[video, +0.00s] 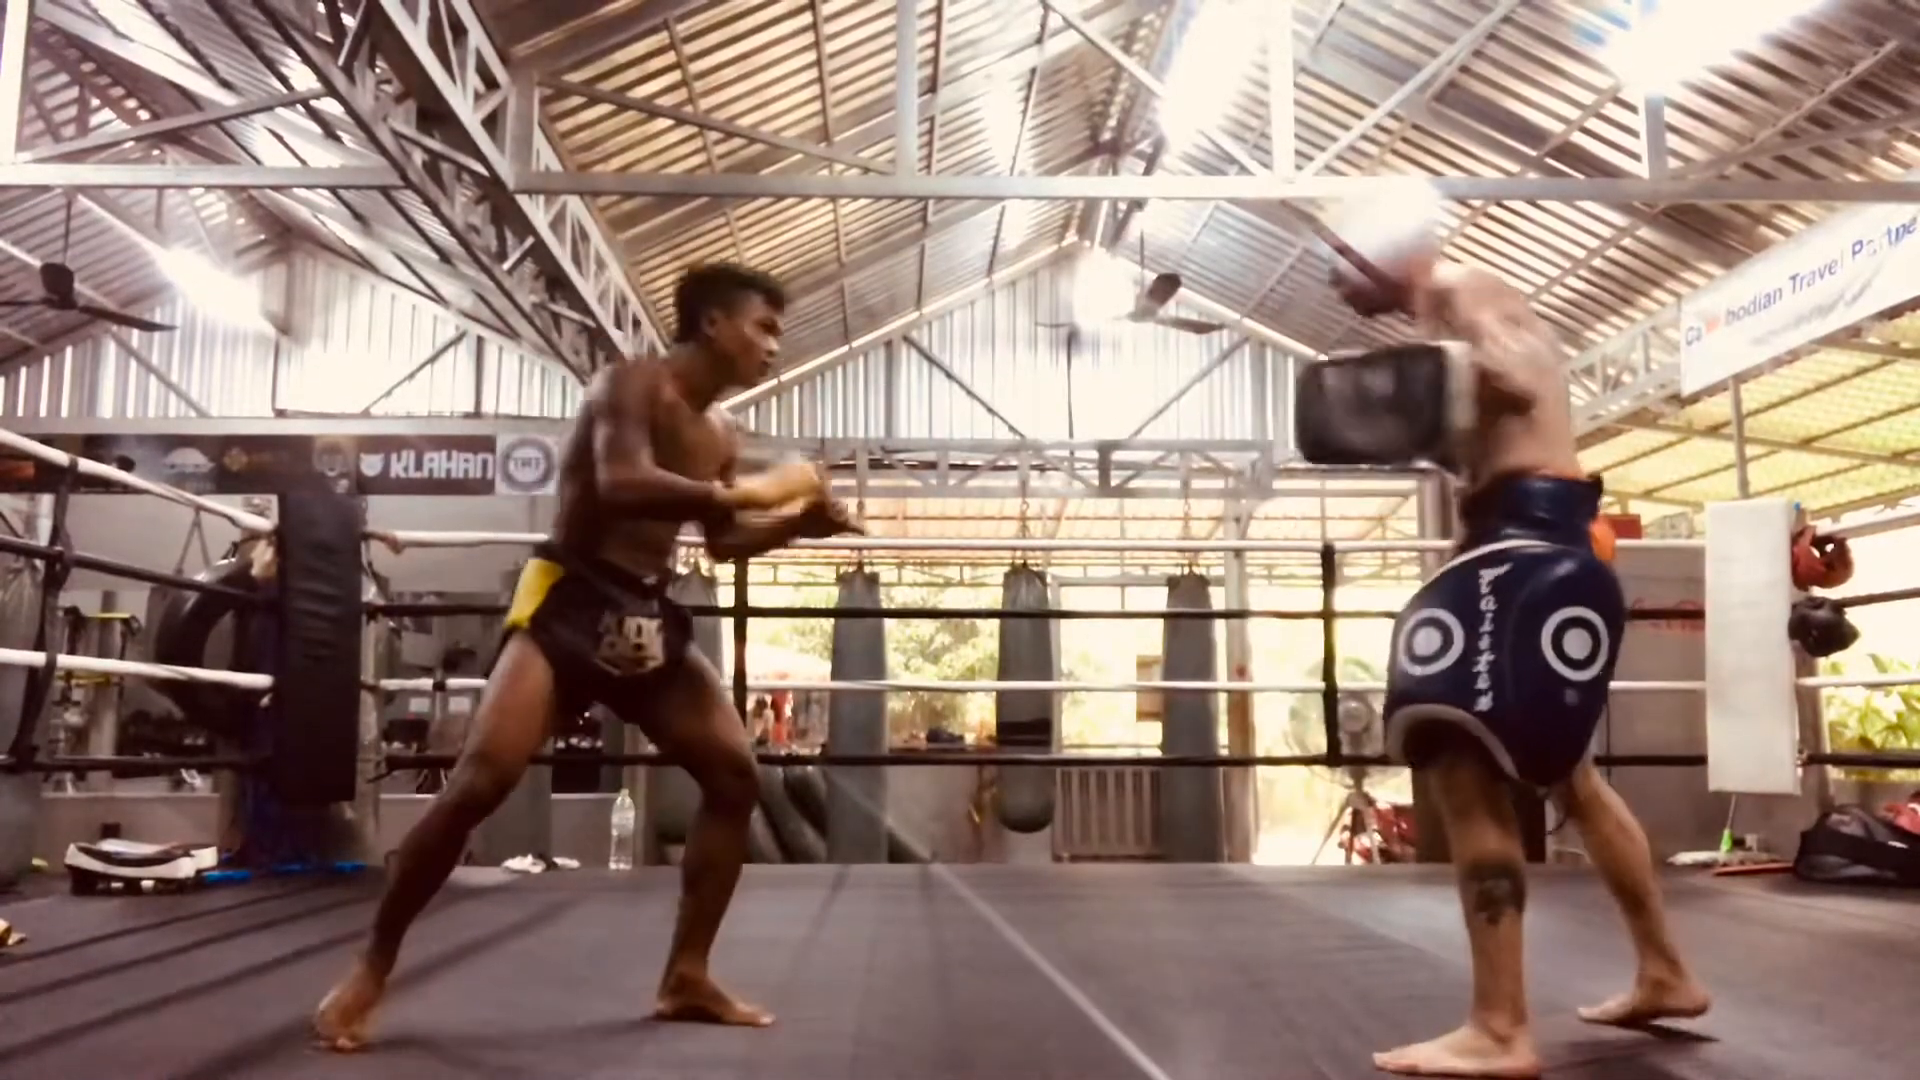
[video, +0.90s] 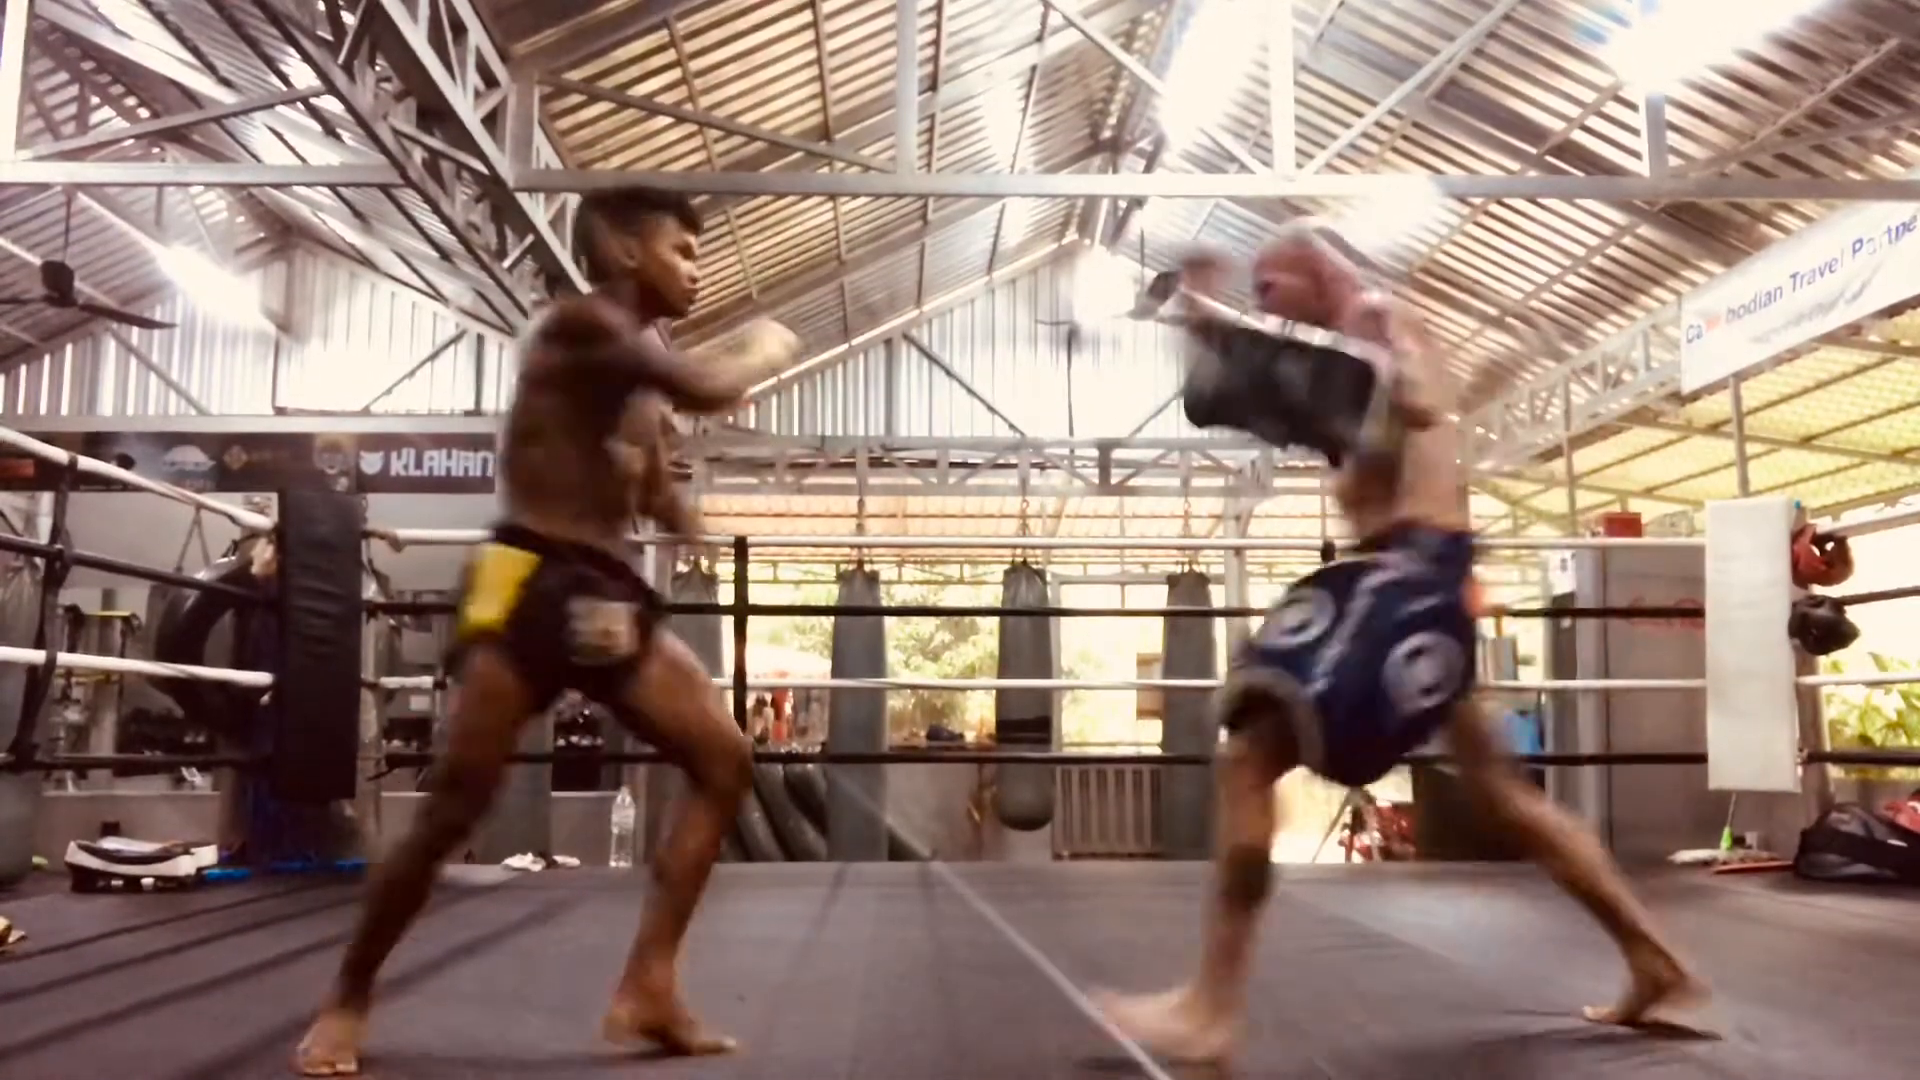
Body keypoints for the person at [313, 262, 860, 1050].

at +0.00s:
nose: (773, 347)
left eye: (776, 334)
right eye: (763, 328)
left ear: (730, 334)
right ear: (711, 322)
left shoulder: (721, 438)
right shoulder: (633, 381)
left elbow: (726, 539)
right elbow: (618, 482)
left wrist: (799, 520)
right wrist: (730, 495)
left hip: (648, 617)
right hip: (568, 597)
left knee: (735, 778)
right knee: (482, 780)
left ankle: (688, 975)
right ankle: (373, 969)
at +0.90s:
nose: (695, 266)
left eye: (695, 251)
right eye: (681, 246)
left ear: (634, 255)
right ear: (619, 247)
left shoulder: (637, 353)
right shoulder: (581, 319)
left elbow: (654, 489)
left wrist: (677, 508)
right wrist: (758, 352)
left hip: (605, 589)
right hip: (527, 579)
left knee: (725, 761)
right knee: (459, 799)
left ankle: (650, 988)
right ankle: (346, 1006)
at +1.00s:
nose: (710, 264)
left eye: (709, 250)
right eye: (696, 247)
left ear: (652, 254)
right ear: (643, 250)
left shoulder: (649, 337)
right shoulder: (618, 310)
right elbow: (756, 355)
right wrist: (765, 313)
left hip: (662, 576)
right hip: (599, 564)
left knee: (740, 792)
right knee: (594, 780)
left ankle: (638, 1008)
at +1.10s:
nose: (702, 267)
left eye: (704, 253)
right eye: (691, 249)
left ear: (627, 248)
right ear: (640, 238)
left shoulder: (595, 343)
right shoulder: (634, 292)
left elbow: (520, 457)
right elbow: (760, 335)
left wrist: (556, 527)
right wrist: (889, 333)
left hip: (639, 543)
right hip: (674, 514)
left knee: (703, 790)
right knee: (823, 578)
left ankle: (636, 1010)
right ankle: (761, 726)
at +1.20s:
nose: (703, 268)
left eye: (704, 254)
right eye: (695, 248)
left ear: (613, 250)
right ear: (643, 239)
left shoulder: (566, 378)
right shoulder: (646, 300)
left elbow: (560, 459)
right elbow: (745, 334)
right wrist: (890, 326)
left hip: (679, 562)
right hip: (729, 485)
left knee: (695, 791)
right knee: (935, 416)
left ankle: (637, 1013)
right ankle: (957, 440)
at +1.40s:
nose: (756, 241)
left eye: (758, 227)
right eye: (746, 222)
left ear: (690, 221)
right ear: (696, 214)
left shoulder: (697, 333)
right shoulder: (650, 270)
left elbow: (781, 423)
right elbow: (694, 294)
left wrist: (809, 319)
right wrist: (843, 261)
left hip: (683, 553)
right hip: (724, 489)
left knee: (690, 790)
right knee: (944, 409)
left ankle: (630, 1010)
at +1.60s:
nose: (809, 218)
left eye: (808, 202)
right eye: (798, 199)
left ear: (720, 199)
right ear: (755, 195)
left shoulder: (696, 285)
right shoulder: (734, 242)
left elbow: (736, 420)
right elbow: (886, 292)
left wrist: (802, 423)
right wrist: (1007, 331)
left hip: (703, 531)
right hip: (750, 515)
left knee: (715, 791)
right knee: (834, 777)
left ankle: (639, 1017)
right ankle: (686, 1035)